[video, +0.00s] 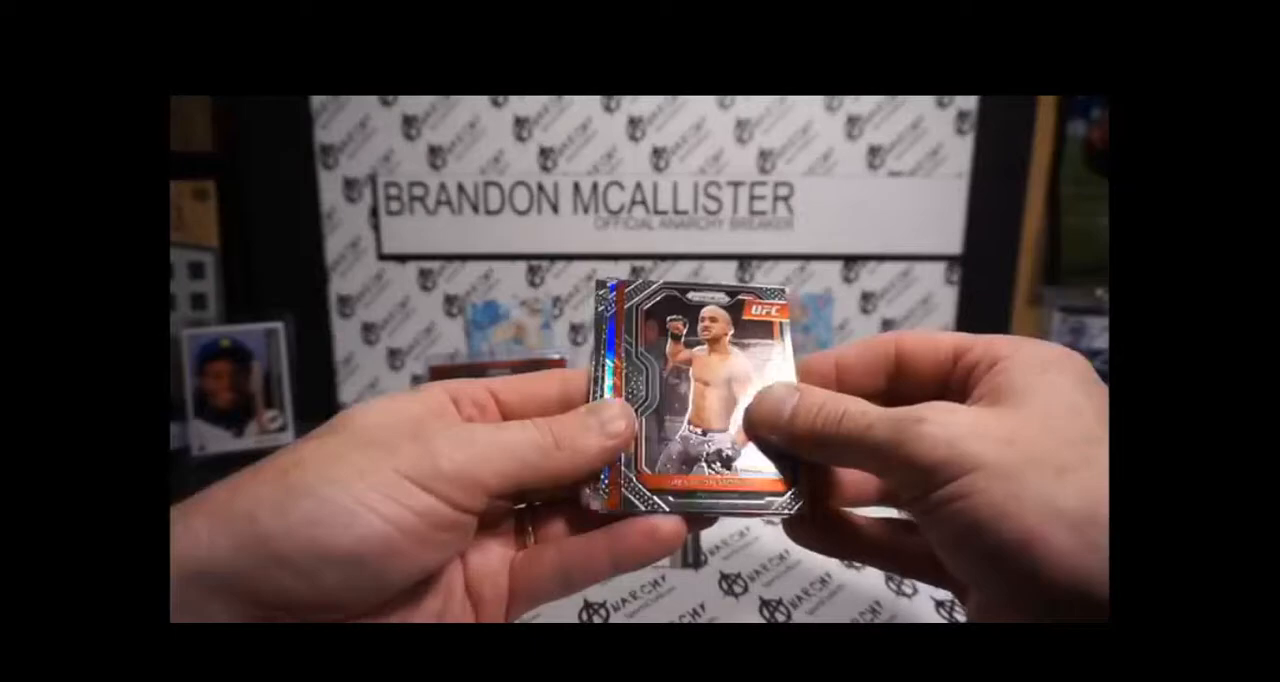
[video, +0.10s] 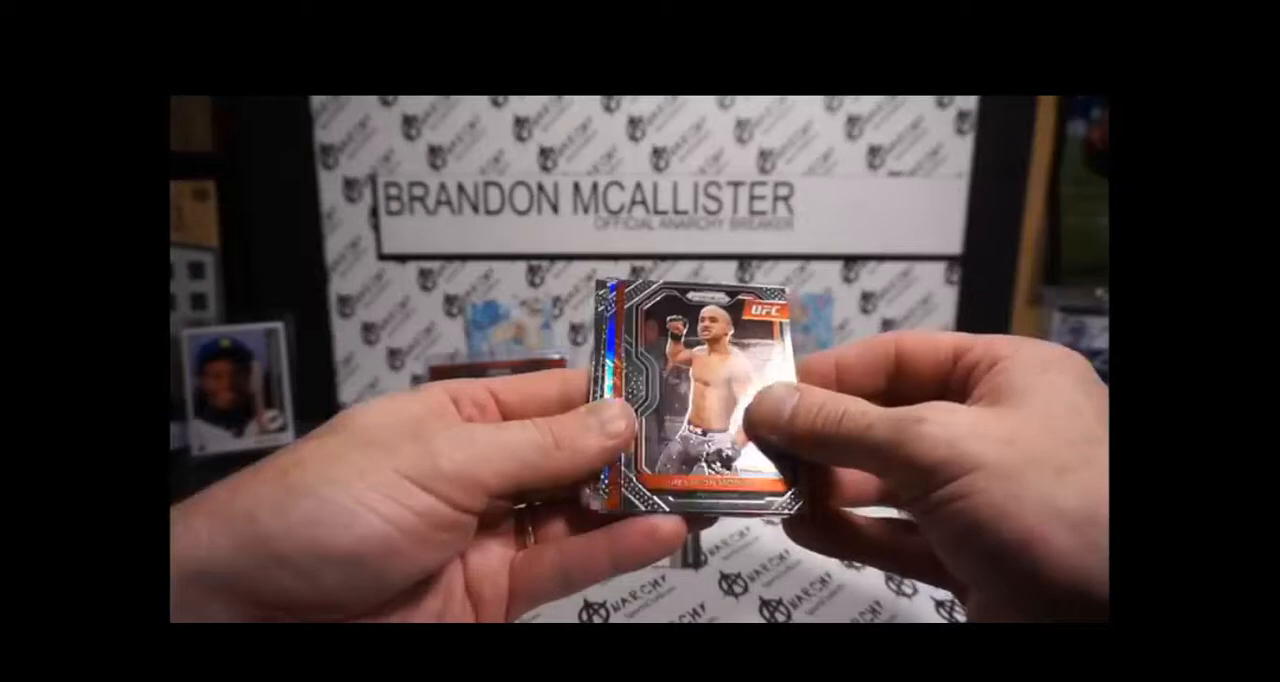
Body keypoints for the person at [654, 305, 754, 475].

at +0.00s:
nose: (705, 324)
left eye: (713, 320)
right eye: (702, 320)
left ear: (729, 329)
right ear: (698, 327)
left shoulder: (737, 363)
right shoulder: (698, 354)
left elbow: (750, 408)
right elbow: (675, 357)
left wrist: (736, 446)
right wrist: (675, 337)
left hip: (719, 438)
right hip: (688, 434)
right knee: (661, 481)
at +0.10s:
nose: (705, 324)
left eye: (713, 320)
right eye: (702, 320)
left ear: (729, 329)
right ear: (698, 327)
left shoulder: (737, 363)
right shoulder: (698, 354)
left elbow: (750, 408)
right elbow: (675, 357)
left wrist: (736, 446)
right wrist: (675, 337)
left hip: (719, 438)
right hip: (688, 434)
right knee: (661, 481)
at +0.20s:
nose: (702, 327)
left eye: (710, 323)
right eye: (699, 323)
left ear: (726, 331)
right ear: (695, 330)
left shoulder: (734, 366)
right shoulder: (696, 358)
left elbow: (754, 414)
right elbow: (673, 362)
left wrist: (734, 449)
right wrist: (673, 342)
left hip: (717, 442)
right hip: (688, 438)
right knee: (666, 479)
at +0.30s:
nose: (704, 325)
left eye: (711, 321)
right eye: (700, 322)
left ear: (727, 330)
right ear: (696, 328)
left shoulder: (735, 363)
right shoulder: (697, 357)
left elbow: (757, 411)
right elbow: (675, 360)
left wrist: (737, 448)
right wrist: (674, 341)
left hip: (719, 440)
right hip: (691, 437)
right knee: (669, 477)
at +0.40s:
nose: (704, 320)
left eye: (711, 316)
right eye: (700, 316)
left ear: (727, 324)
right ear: (696, 324)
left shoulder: (735, 359)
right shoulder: (697, 352)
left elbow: (757, 407)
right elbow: (674, 355)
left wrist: (735, 444)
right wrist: (673, 335)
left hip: (719, 437)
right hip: (690, 433)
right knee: (667, 476)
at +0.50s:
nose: (703, 318)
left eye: (711, 313)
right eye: (700, 314)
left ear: (728, 322)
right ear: (696, 321)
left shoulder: (734, 357)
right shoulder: (695, 350)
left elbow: (755, 407)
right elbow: (673, 353)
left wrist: (733, 446)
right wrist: (673, 333)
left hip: (716, 437)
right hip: (687, 432)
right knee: (664, 473)